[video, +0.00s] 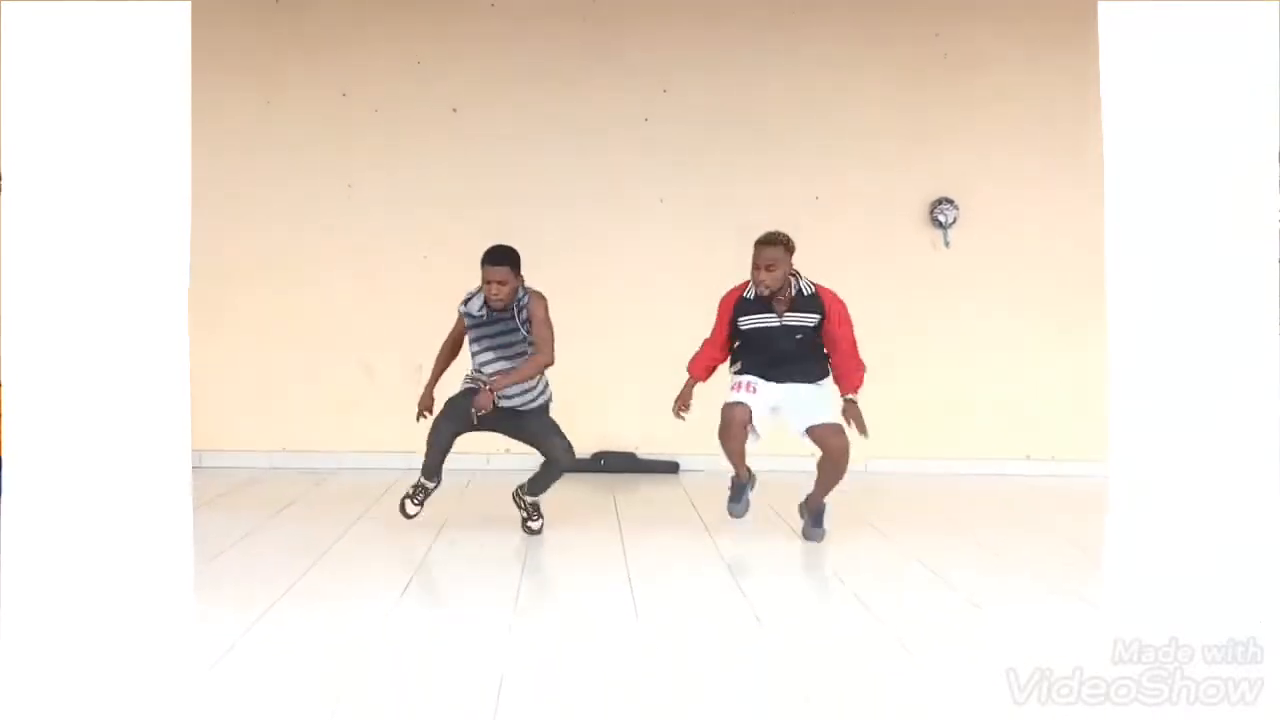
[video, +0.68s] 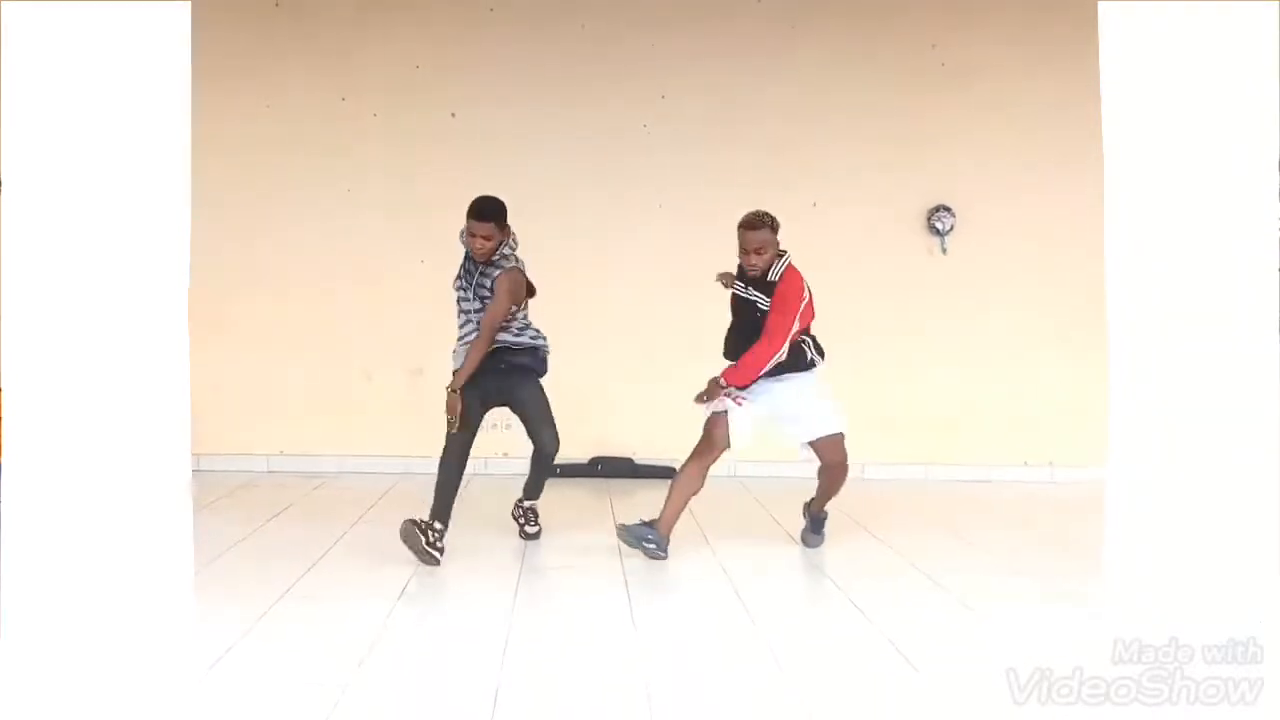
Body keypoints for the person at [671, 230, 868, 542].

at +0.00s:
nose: (761, 276)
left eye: (770, 269)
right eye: (756, 267)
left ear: (790, 267)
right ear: (751, 265)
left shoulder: (823, 301)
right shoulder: (736, 301)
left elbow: (843, 347)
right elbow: (717, 344)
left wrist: (849, 397)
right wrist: (689, 384)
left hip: (807, 386)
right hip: (753, 383)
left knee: (838, 448)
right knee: (731, 421)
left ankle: (814, 504)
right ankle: (741, 477)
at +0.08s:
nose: (766, 321)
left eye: (776, 314)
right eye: (762, 313)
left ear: (795, 312)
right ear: (756, 310)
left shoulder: (820, 345)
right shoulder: (740, 345)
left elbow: (839, 398)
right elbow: (730, 388)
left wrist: (847, 451)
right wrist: (706, 428)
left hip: (806, 426)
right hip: (755, 423)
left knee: (838, 463)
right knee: (726, 451)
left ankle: (818, 509)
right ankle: (749, 489)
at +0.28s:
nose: (768, 351)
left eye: (777, 345)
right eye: (762, 343)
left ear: (792, 348)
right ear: (756, 345)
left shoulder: (818, 381)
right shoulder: (740, 379)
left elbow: (844, 417)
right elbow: (718, 410)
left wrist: (872, 403)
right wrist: (700, 419)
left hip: (804, 458)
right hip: (756, 460)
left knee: (827, 477)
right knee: (725, 480)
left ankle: (815, 512)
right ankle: (762, 504)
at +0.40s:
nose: (762, 323)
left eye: (771, 316)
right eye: (756, 315)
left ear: (789, 310)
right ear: (751, 310)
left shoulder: (814, 326)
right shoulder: (744, 334)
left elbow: (861, 357)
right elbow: (732, 372)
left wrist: (807, 341)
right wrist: (704, 382)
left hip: (808, 425)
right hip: (754, 423)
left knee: (844, 463)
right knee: (716, 439)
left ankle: (813, 506)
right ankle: (744, 495)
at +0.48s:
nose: (746, 291)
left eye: (756, 283)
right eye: (740, 283)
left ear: (775, 279)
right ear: (735, 278)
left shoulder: (798, 303)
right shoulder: (740, 302)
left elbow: (806, 366)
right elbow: (736, 347)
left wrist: (754, 365)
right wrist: (706, 383)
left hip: (813, 391)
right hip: (765, 386)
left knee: (839, 462)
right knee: (711, 409)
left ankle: (813, 508)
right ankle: (695, 506)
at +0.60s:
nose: (741, 270)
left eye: (750, 262)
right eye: (735, 262)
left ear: (769, 257)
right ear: (730, 258)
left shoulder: (796, 290)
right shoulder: (741, 279)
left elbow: (782, 351)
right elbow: (738, 317)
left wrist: (743, 400)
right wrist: (728, 352)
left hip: (804, 372)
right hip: (753, 367)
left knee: (841, 455)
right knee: (712, 436)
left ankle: (814, 508)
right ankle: (670, 523)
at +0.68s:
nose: (751, 259)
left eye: (760, 252)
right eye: (745, 251)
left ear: (777, 247)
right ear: (738, 247)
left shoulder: (790, 282)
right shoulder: (746, 271)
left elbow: (774, 343)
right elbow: (749, 285)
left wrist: (725, 381)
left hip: (797, 378)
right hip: (746, 378)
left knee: (836, 463)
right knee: (708, 446)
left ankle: (816, 510)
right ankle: (660, 532)